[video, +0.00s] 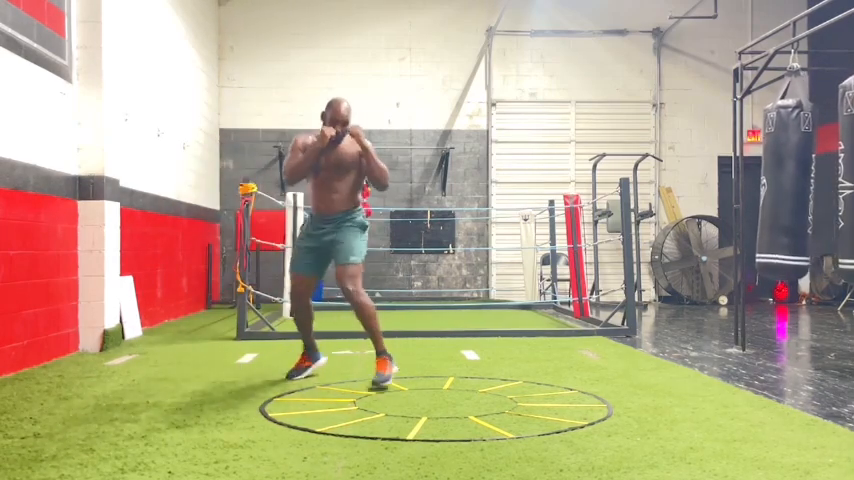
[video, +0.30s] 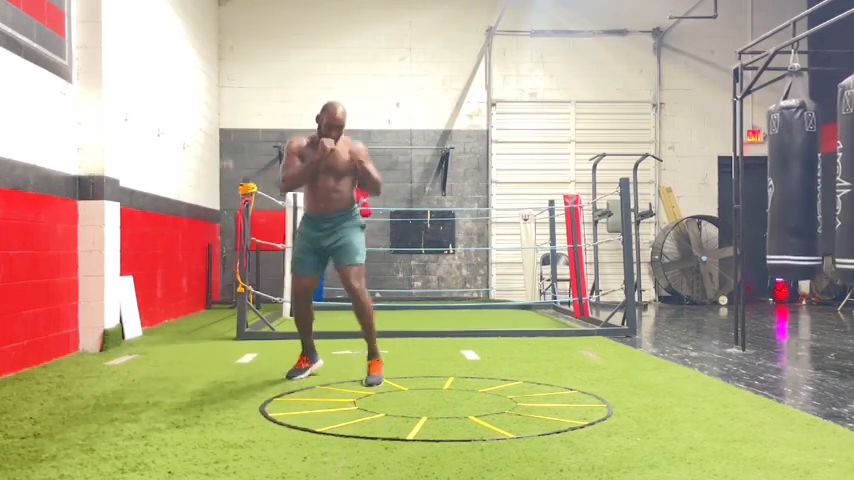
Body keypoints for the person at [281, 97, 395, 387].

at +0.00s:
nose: (338, 129)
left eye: (344, 124)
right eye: (334, 123)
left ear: (350, 123)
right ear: (323, 118)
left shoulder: (360, 145)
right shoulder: (304, 142)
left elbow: (382, 183)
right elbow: (290, 177)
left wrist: (364, 144)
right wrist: (319, 148)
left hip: (349, 223)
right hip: (315, 225)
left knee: (350, 287)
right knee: (298, 295)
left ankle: (383, 356)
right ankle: (310, 354)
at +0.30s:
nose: (334, 133)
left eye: (339, 129)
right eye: (330, 127)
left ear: (345, 126)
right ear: (318, 120)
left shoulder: (355, 148)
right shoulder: (298, 145)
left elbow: (376, 187)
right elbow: (286, 183)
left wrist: (360, 165)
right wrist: (316, 159)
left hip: (346, 224)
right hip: (311, 226)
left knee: (355, 287)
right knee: (300, 292)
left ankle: (374, 356)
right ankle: (309, 355)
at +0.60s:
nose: (347, 156)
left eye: (352, 151)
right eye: (342, 149)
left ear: (359, 149)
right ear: (332, 144)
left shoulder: (369, 173)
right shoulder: (313, 170)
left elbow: (383, 215)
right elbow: (303, 209)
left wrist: (372, 194)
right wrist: (330, 187)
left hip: (358, 243)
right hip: (321, 243)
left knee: (385, 297)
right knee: (304, 298)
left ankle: (426, 352)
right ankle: (296, 363)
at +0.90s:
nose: (392, 155)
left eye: (397, 150)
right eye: (388, 149)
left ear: (404, 145)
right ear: (378, 141)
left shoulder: (413, 165)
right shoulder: (359, 160)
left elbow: (434, 203)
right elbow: (347, 199)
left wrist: (419, 187)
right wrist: (378, 181)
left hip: (395, 234)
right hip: (360, 233)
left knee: (412, 292)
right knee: (337, 292)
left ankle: (433, 356)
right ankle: (314, 355)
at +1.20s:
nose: (394, 153)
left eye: (399, 147)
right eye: (390, 146)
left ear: (405, 145)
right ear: (380, 140)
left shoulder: (416, 167)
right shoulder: (361, 164)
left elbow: (433, 204)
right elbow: (350, 199)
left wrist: (417, 191)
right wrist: (379, 180)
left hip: (400, 236)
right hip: (368, 237)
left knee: (411, 291)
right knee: (351, 296)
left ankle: (434, 356)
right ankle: (356, 340)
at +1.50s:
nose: (369, 143)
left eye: (373, 139)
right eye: (365, 138)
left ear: (378, 138)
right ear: (355, 136)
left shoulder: (392, 162)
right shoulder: (341, 161)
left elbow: (410, 197)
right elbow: (327, 194)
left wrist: (395, 177)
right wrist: (352, 173)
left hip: (385, 230)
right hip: (355, 233)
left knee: (397, 285)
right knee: (349, 295)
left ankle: (419, 349)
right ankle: (360, 349)